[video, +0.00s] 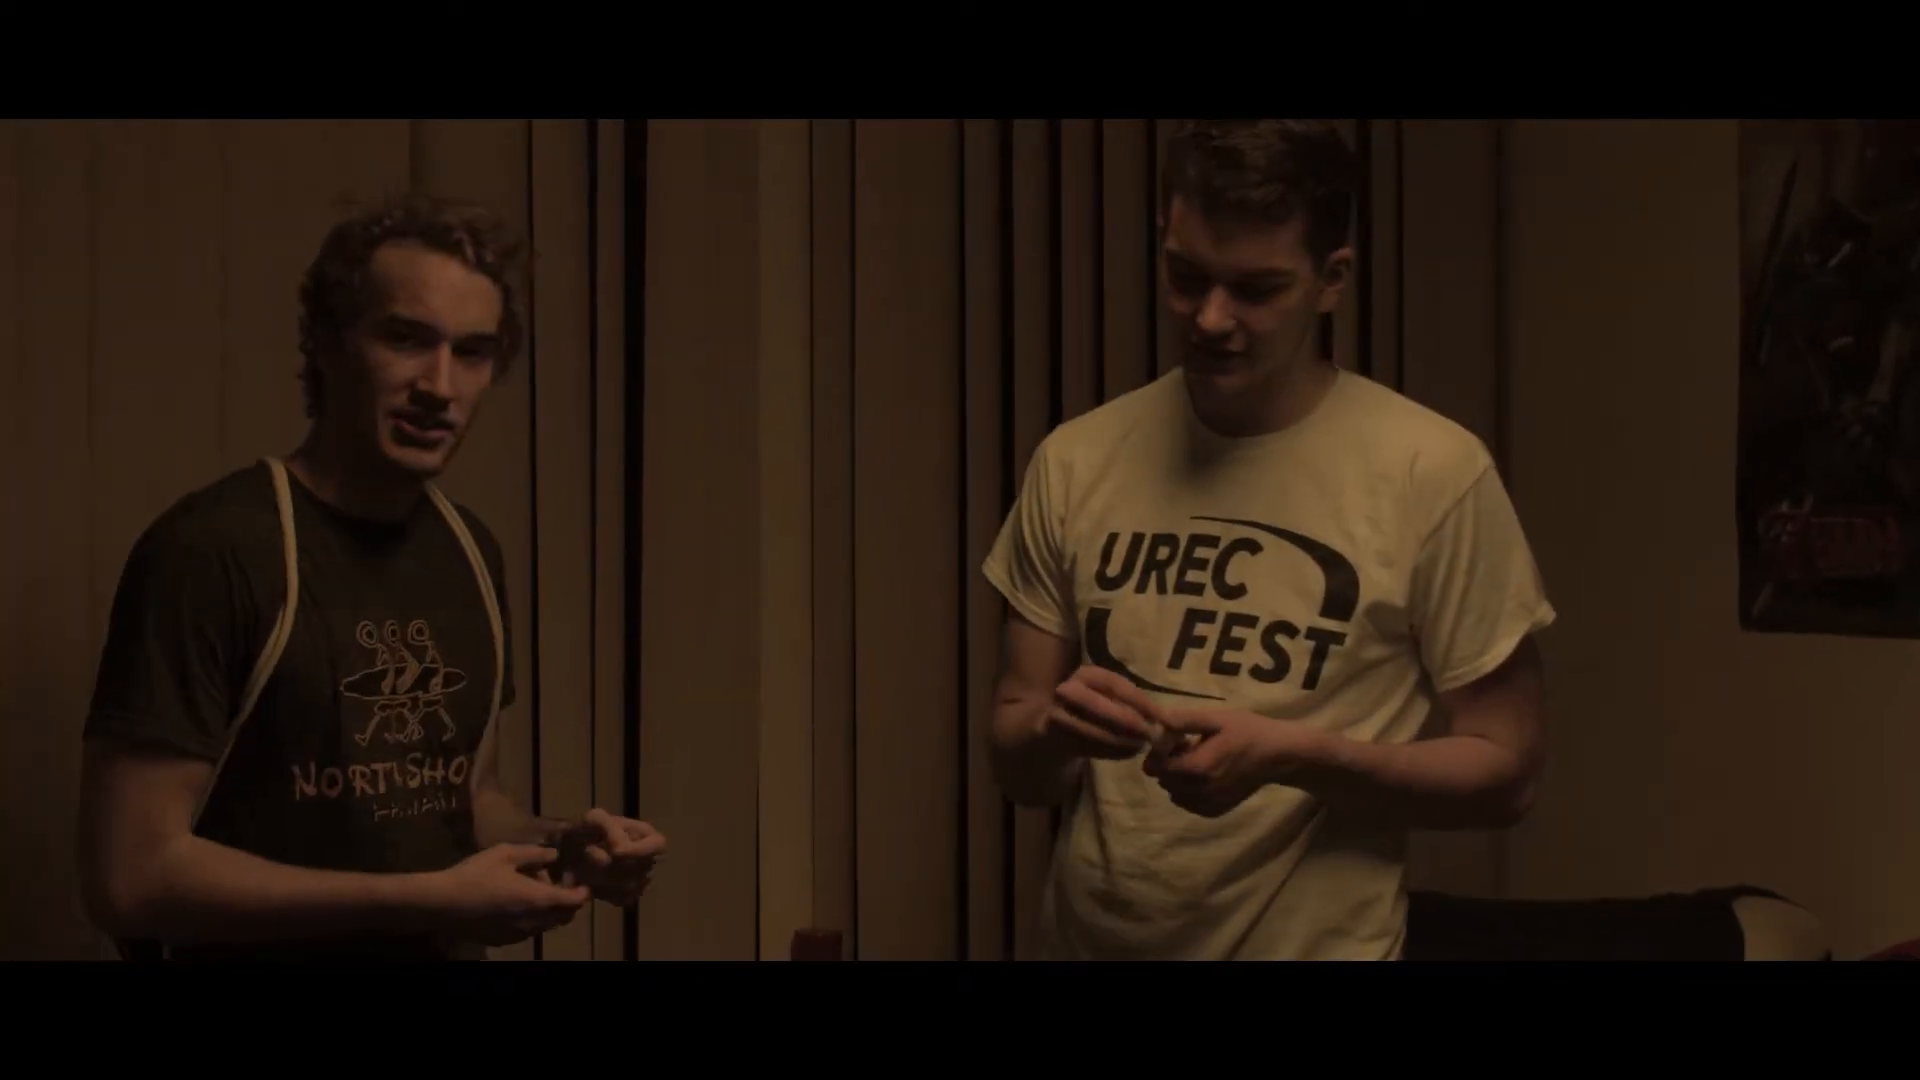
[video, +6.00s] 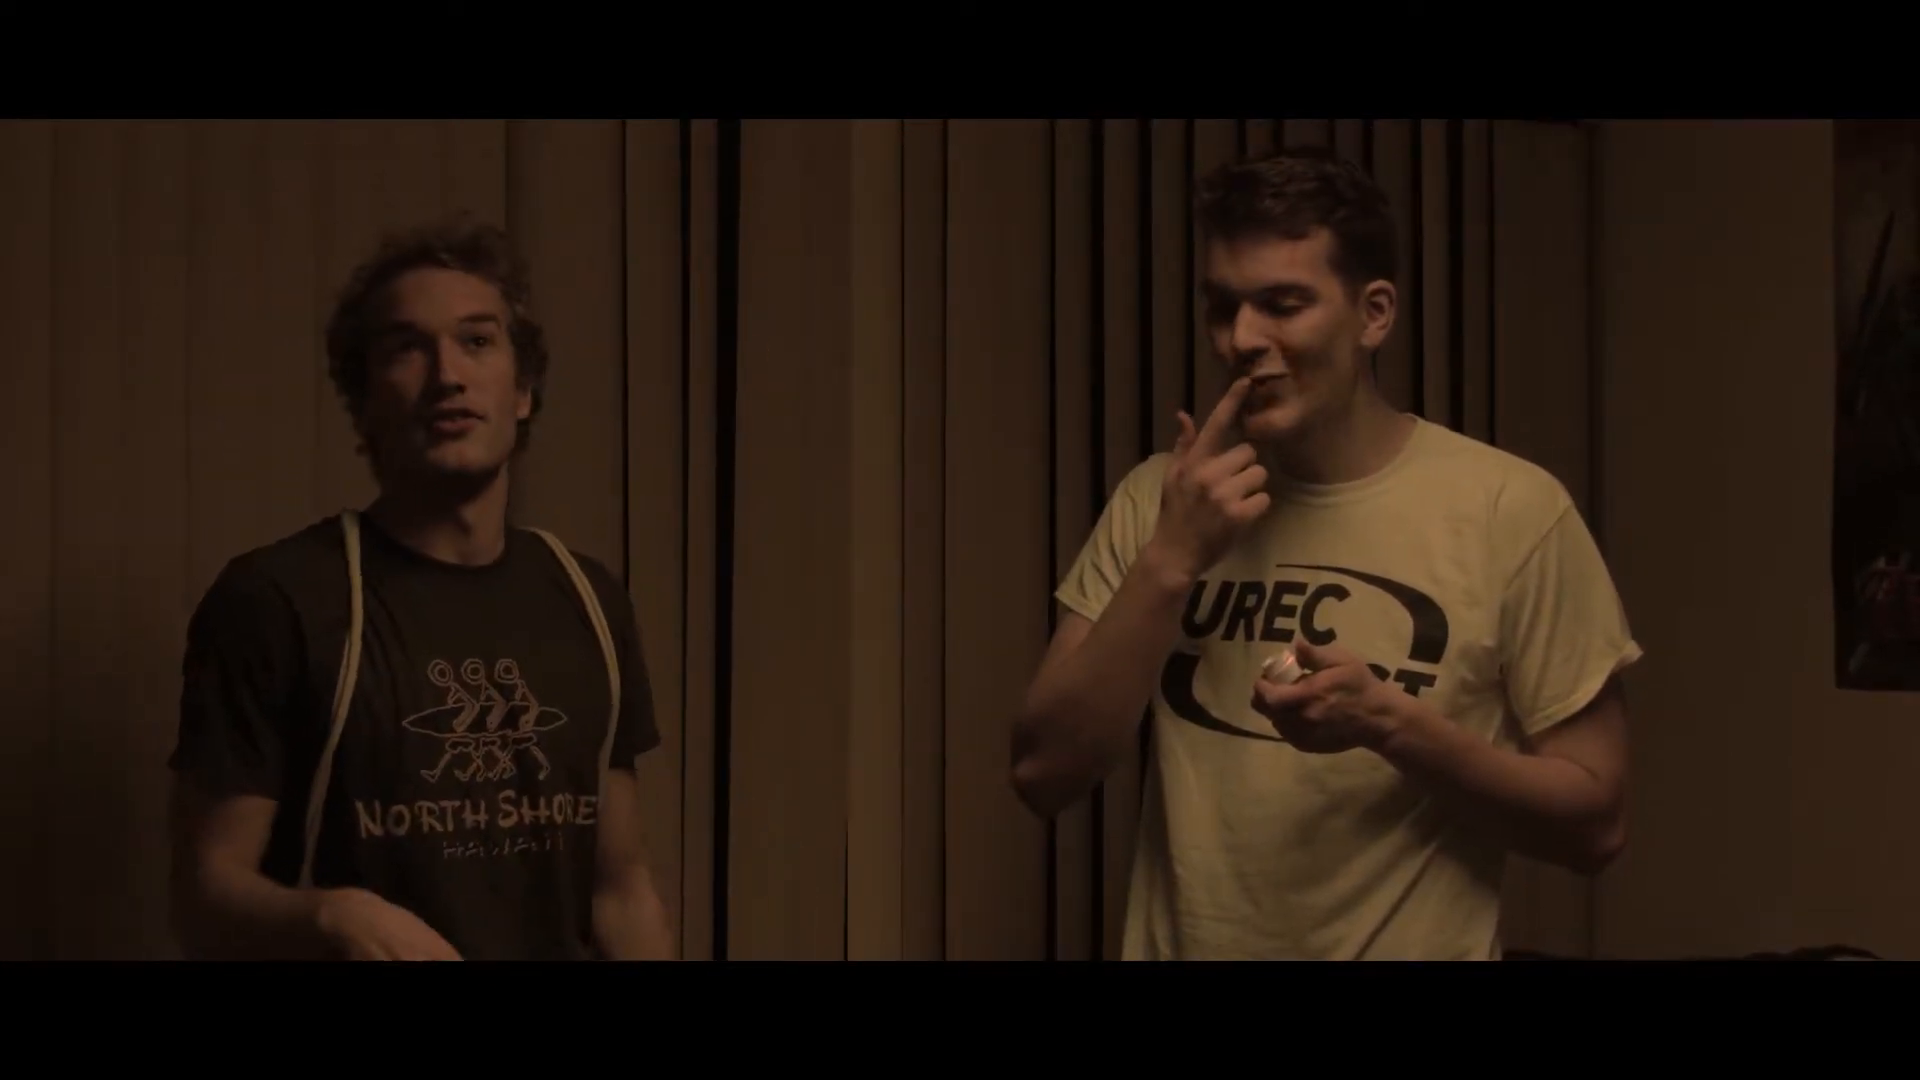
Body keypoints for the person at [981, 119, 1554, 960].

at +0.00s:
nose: (1212, 320)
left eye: (1256, 287)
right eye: (1188, 279)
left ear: (1332, 280)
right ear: (1162, 253)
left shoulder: (1434, 477)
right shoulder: (1075, 464)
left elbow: (1505, 769)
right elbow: (1016, 763)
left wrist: (1283, 749)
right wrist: (1060, 727)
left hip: (1311, 945)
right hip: (1088, 941)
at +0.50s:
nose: (1291, 320)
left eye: (1334, 288)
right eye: (1268, 280)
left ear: (1416, 274)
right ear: (1246, 261)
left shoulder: (1527, 463)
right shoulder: (1178, 453)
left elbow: (1605, 758)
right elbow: (1133, 755)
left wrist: (1377, 735)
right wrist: (1152, 709)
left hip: (1418, 943)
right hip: (1194, 941)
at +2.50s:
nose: (1290, 371)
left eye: (1330, 334)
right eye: (1262, 333)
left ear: (1404, 309)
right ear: (1237, 311)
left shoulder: (1516, 497)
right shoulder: (1173, 501)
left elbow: (1597, 807)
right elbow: (1111, 811)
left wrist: (1385, 700)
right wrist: (1156, 710)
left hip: (1421, 946)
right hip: (1199, 944)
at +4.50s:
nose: (1224, 307)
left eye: (1270, 272)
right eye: (1216, 271)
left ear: (1366, 289)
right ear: (1201, 273)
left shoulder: (1505, 486)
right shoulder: (1157, 486)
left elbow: (1592, 791)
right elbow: (1076, 799)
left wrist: (1376, 691)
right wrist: (1126, 630)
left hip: (1406, 946)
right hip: (1179, 941)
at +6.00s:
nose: (1243, 340)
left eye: (1283, 305)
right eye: (1224, 308)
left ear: (1375, 312)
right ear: (1206, 316)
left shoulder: (1512, 513)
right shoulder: (1159, 500)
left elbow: (1595, 820)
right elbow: (1043, 773)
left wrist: (1391, 721)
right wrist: (1169, 556)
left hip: (1415, 950)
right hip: (1176, 945)